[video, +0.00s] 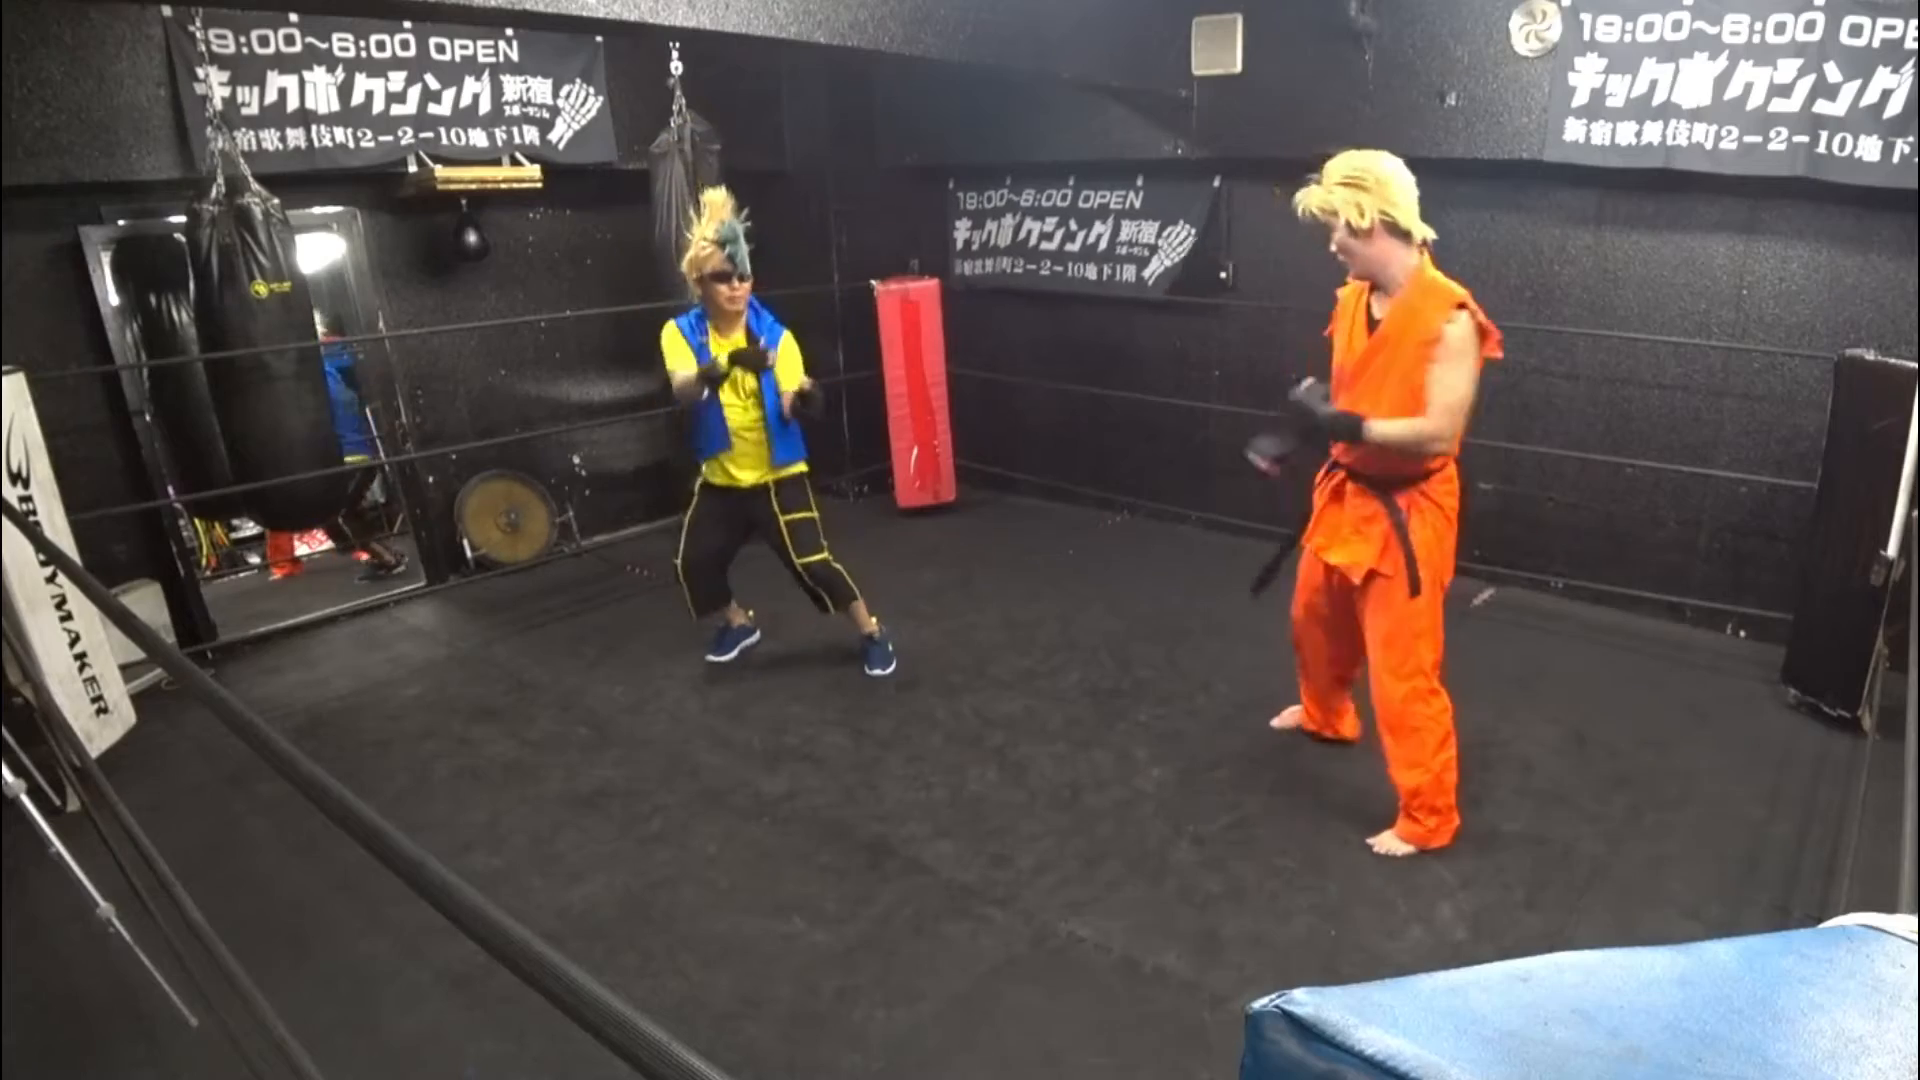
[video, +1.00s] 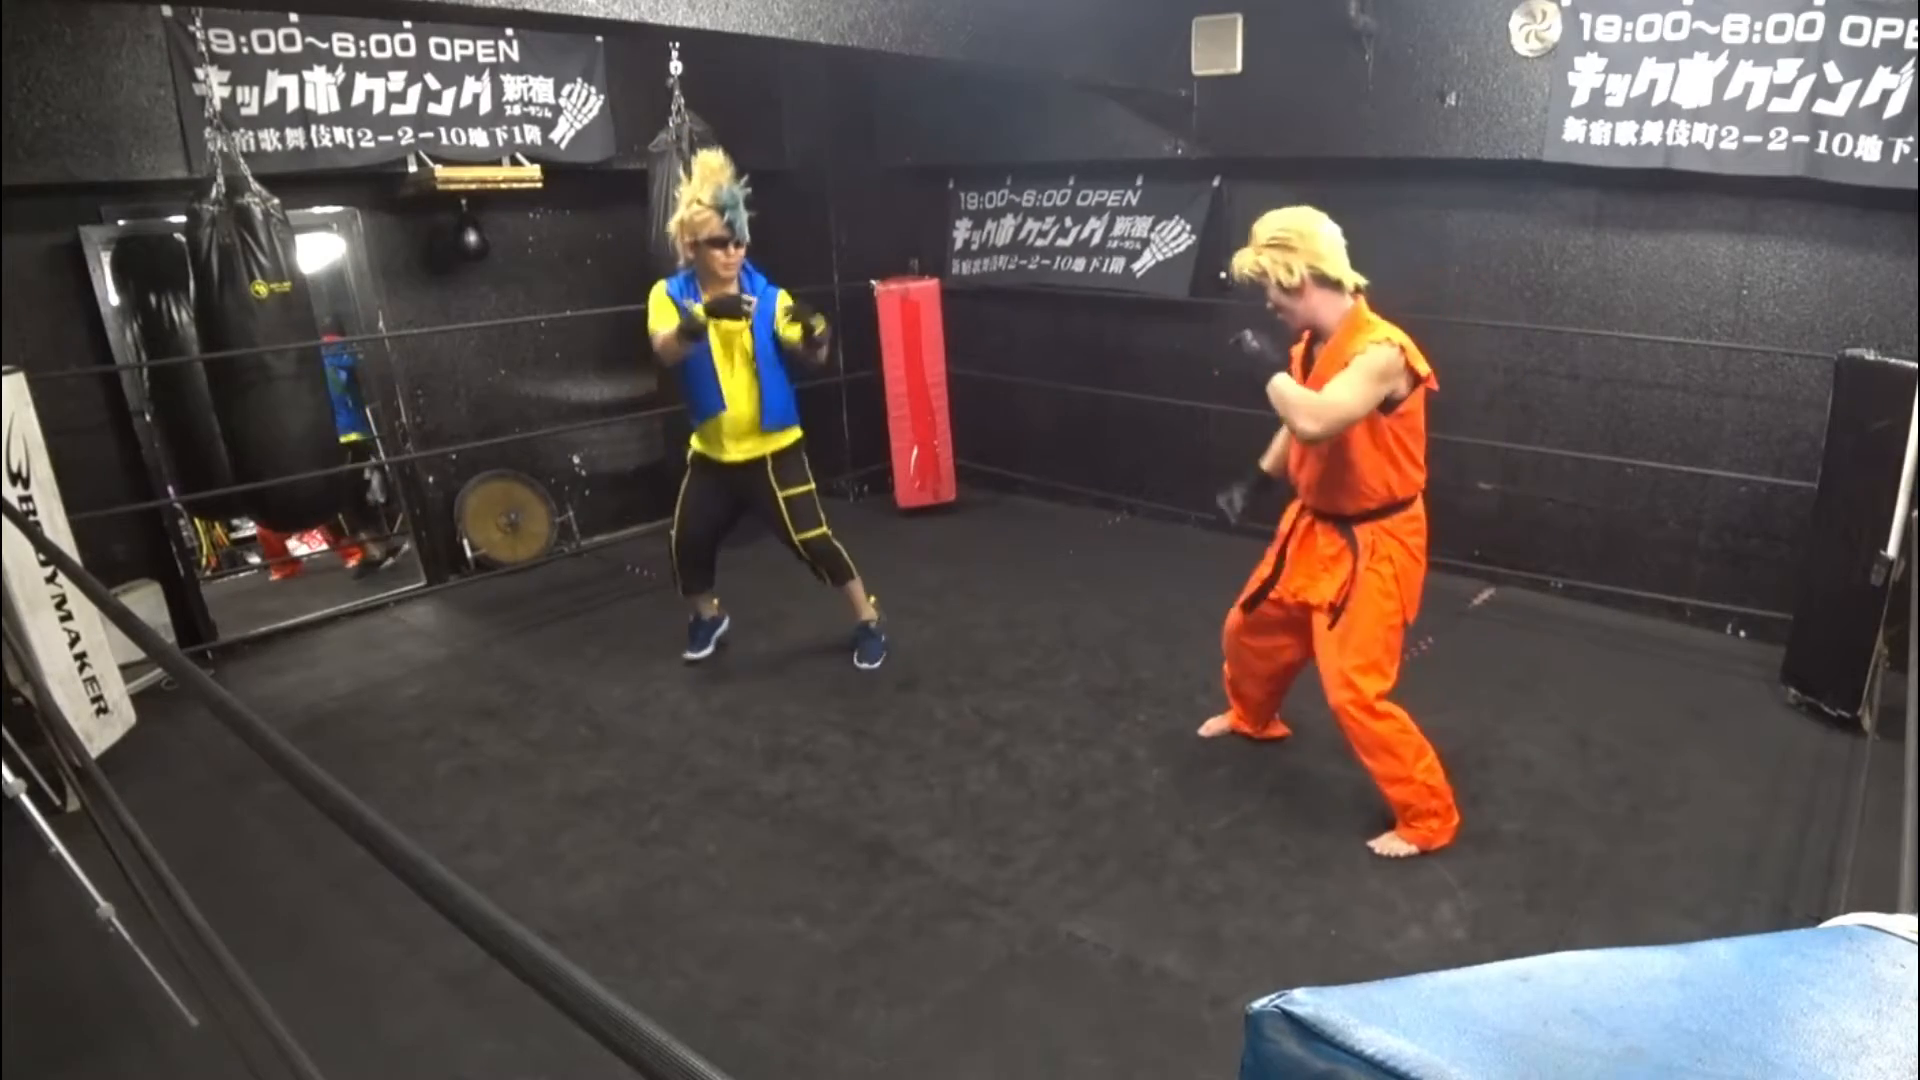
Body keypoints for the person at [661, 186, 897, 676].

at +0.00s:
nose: (736, 288)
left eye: (742, 277)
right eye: (723, 279)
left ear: (752, 281)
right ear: (700, 285)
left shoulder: (772, 333)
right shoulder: (680, 333)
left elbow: (794, 406)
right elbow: (682, 392)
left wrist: (804, 398)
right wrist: (722, 368)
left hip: (781, 475)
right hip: (721, 479)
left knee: (811, 563)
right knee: (696, 563)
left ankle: (870, 631)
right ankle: (736, 623)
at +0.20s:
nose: (721, 243)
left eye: (728, 232)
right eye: (709, 234)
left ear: (740, 235)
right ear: (687, 238)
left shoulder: (763, 288)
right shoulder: (668, 277)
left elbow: (799, 354)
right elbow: (659, 327)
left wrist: (789, 342)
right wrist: (698, 308)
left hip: (760, 428)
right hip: (699, 430)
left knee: (787, 523)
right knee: (694, 531)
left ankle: (829, 616)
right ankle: (727, 615)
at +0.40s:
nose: (717, 256)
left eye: (724, 244)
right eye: (705, 246)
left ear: (736, 248)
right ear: (683, 250)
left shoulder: (758, 298)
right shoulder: (665, 293)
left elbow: (799, 360)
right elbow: (633, 349)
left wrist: (814, 342)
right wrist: (670, 318)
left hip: (754, 443)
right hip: (693, 444)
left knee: (773, 541)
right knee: (682, 541)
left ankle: (804, 624)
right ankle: (712, 616)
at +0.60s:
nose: (716, 293)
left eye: (722, 282)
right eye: (703, 284)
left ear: (731, 284)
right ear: (678, 288)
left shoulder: (752, 341)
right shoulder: (656, 337)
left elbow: (777, 414)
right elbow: (651, 402)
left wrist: (803, 402)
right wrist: (686, 368)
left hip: (755, 468)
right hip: (695, 475)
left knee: (779, 548)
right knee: (683, 562)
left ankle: (820, 624)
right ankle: (714, 622)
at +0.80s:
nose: (728, 294)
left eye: (734, 283)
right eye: (716, 285)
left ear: (743, 286)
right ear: (690, 291)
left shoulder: (765, 339)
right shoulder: (670, 340)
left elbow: (784, 411)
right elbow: (674, 401)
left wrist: (777, 403)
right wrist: (704, 376)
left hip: (771, 477)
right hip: (710, 482)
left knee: (810, 561)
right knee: (689, 571)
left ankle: (864, 623)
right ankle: (715, 621)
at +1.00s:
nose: (731, 256)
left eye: (737, 244)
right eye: (718, 246)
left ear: (745, 247)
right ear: (691, 249)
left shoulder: (767, 295)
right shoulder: (669, 296)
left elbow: (810, 358)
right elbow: (664, 352)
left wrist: (818, 339)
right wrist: (700, 320)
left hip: (776, 444)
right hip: (713, 451)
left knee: (811, 539)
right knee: (687, 544)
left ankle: (867, 618)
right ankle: (708, 616)